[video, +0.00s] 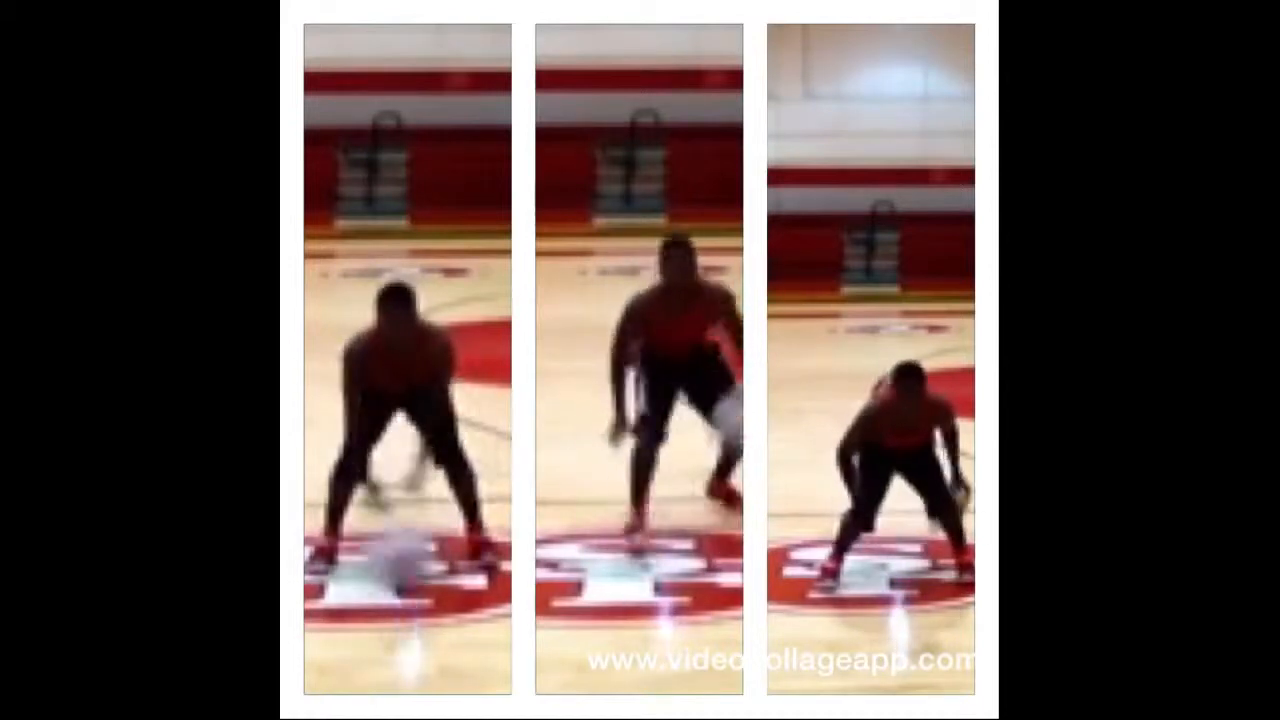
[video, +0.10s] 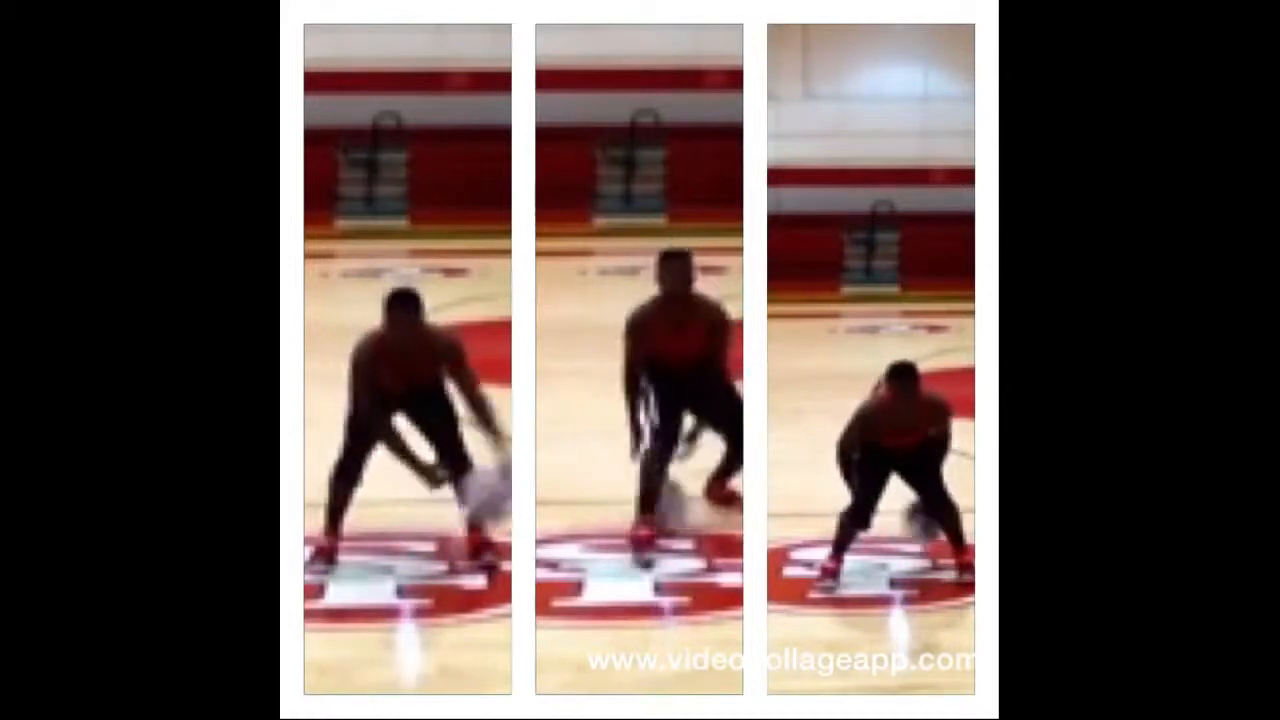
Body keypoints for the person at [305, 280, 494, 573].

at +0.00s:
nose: (397, 331)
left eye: (404, 321)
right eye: (389, 320)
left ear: (414, 316)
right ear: (379, 317)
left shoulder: (436, 345)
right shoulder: (360, 352)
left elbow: (439, 410)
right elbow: (354, 419)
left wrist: (422, 464)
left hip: (423, 394)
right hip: (376, 397)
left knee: (453, 459)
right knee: (349, 462)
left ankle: (476, 532)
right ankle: (330, 538)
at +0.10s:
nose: (403, 335)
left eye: (410, 325)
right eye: (396, 325)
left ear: (421, 321)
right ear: (386, 322)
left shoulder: (441, 344)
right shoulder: (369, 353)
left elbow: (471, 393)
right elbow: (377, 423)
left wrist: (496, 436)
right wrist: (420, 468)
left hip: (424, 395)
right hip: (377, 399)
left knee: (456, 456)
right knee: (350, 462)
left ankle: (477, 533)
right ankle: (330, 536)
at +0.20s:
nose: (407, 335)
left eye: (414, 325)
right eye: (399, 326)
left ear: (424, 321)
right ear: (388, 323)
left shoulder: (444, 342)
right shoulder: (370, 356)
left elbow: (482, 386)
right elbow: (379, 426)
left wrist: (513, 422)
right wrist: (422, 469)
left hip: (424, 395)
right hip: (376, 400)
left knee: (458, 462)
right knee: (351, 469)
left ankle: (477, 534)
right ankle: (330, 538)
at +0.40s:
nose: (395, 336)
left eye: (401, 327)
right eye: (388, 327)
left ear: (411, 321)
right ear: (376, 322)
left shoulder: (430, 349)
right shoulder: (356, 352)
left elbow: (409, 418)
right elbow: (333, 407)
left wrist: (371, 465)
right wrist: (311, 458)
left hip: (424, 398)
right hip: (374, 398)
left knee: (454, 461)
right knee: (346, 462)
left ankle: (476, 534)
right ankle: (326, 543)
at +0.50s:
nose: (391, 333)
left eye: (398, 325)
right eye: (385, 324)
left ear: (409, 319)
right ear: (374, 320)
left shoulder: (430, 347)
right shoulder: (355, 350)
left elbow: (418, 417)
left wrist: (381, 468)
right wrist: (325, 451)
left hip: (425, 397)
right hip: (376, 398)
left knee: (454, 462)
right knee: (346, 460)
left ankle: (476, 534)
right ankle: (327, 543)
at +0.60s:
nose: (398, 327)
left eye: (405, 316)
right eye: (390, 317)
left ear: (415, 313)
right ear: (380, 315)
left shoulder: (437, 343)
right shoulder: (363, 350)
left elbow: (445, 410)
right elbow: (379, 424)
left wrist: (445, 457)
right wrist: (403, 474)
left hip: (425, 392)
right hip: (375, 396)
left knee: (456, 458)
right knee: (350, 462)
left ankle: (477, 531)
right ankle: (329, 538)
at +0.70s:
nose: (409, 336)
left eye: (414, 325)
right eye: (400, 328)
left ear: (423, 321)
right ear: (388, 325)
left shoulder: (442, 348)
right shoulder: (369, 360)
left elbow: (481, 397)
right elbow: (396, 425)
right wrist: (439, 467)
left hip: (424, 395)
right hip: (377, 401)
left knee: (458, 463)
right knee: (351, 470)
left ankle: (476, 534)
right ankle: (330, 537)